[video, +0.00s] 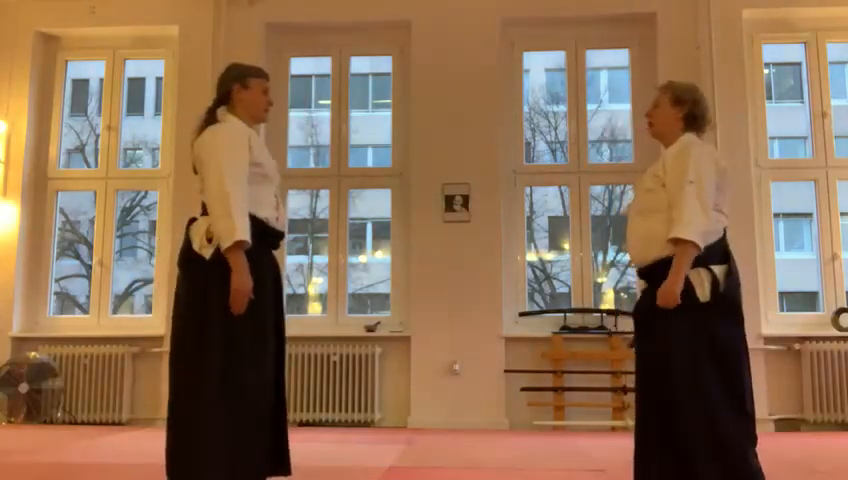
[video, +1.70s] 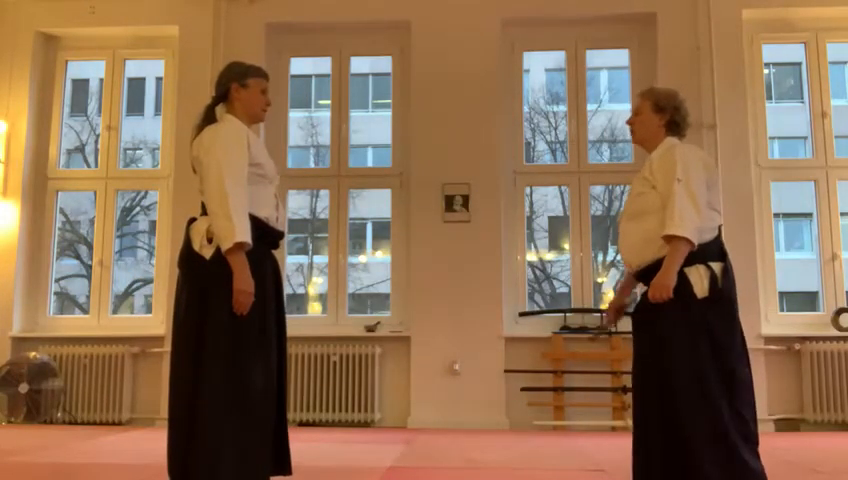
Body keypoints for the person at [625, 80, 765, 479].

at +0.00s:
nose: (648, 113)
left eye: (657, 106)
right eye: (651, 106)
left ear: (681, 112)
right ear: (677, 113)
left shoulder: (690, 150)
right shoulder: (673, 156)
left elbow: (692, 216)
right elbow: (680, 218)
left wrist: (675, 277)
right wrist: (659, 278)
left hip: (690, 282)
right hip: (669, 282)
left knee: (692, 392)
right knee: (670, 393)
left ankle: (701, 473)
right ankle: (674, 472)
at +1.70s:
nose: (629, 121)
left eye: (636, 114)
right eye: (631, 114)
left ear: (661, 118)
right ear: (657, 120)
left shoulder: (680, 154)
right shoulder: (655, 165)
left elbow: (688, 217)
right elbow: (650, 235)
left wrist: (668, 271)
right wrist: (625, 290)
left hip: (690, 280)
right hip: (663, 284)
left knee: (693, 386)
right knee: (662, 389)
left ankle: (706, 472)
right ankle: (671, 472)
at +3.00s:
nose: (486, 131)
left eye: (493, 121)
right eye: (487, 122)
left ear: (521, 122)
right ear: (509, 125)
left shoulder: (567, 164)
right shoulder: (498, 185)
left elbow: (599, 217)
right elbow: (447, 222)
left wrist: (615, 273)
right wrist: (390, 216)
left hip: (586, 289)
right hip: (534, 300)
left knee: (604, 393)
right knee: (514, 392)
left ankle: (638, 472)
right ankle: (534, 472)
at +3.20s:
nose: (497, 124)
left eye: (504, 116)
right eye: (498, 117)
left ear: (532, 118)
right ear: (523, 121)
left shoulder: (573, 162)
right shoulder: (505, 179)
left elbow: (603, 216)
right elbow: (458, 217)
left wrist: (607, 273)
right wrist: (398, 234)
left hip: (589, 283)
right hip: (539, 293)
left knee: (595, 383)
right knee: (515, 385)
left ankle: (650, 474)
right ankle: (531, 473)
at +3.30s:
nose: (514, 118)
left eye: (521, 110)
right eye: (515, 111)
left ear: (547, 112)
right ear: (538, 114)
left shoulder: (585, 158)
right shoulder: (519, 175)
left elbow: (610, 215)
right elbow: (482, 228)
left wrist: (611, 276)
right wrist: (431, 258)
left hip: (594, 284)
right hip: (546, 292)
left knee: (600, 390)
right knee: (520, 386)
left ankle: (641, 477)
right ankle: (532, 476)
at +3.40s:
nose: (531, 111)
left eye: (540, 103)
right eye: (534, 103)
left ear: (566, 109)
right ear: (553, 111)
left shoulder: (598, 152)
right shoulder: (538, 170)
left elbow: (618, 212)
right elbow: (521, 237)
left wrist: (617, 276)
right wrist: (490, 287)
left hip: (606, 282)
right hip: (560, 290)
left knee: (608, 390)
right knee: (530, 382)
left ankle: (641, 475)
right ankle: (532, 473)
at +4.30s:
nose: (614, 120)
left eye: (620, 110)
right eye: (615, 111)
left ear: (646, 110)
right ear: (647, 113)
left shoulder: (662, 149)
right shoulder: (645, 153)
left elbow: (641, 215)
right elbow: (639, 232)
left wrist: (593, 258)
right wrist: (603, 272)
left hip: (671, 286)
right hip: (649, 283)